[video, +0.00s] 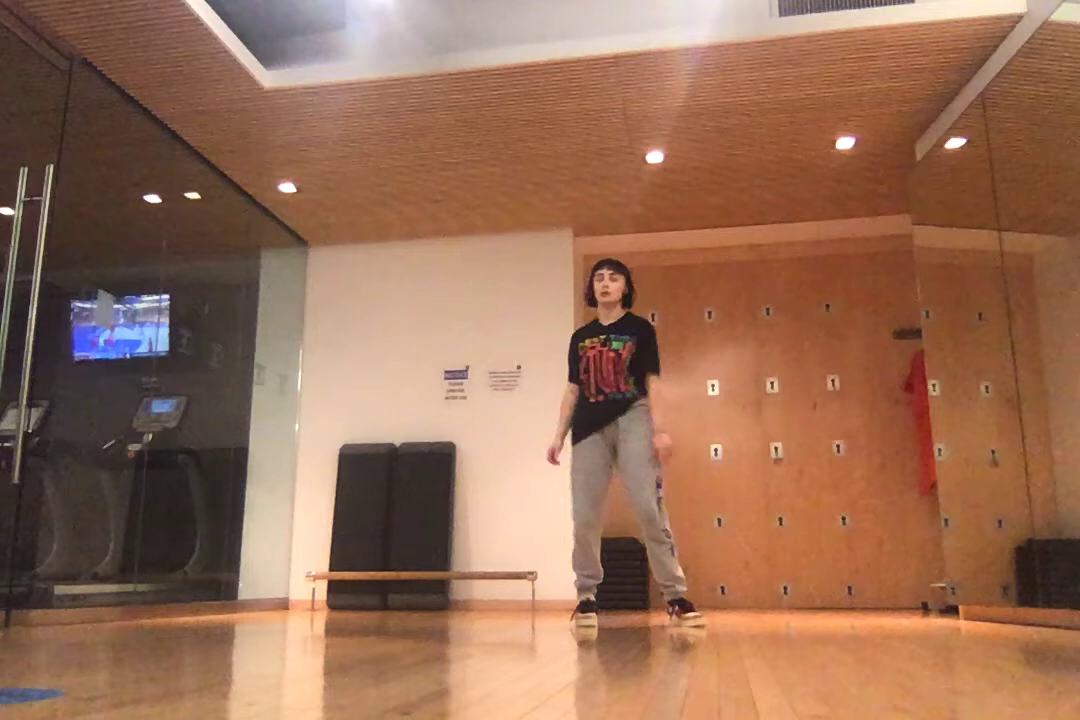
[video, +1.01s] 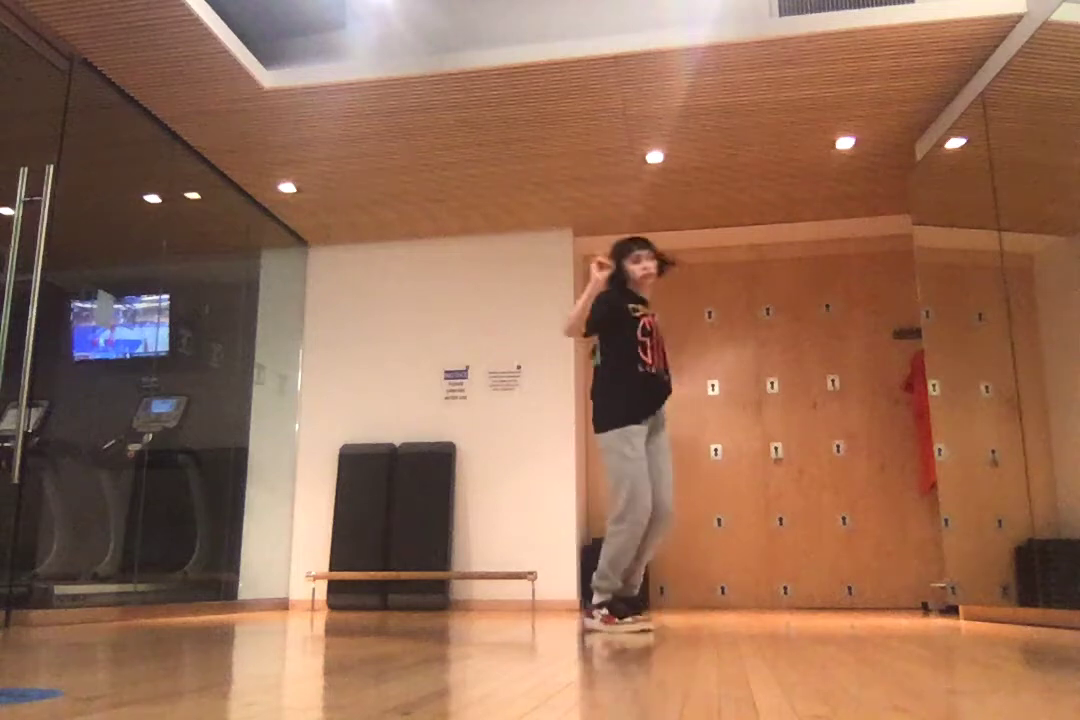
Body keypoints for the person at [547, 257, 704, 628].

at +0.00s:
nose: (606, 284)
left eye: (613, 279)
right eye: (600, 279)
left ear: (626, 287)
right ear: (592, 289)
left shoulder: (641, 328)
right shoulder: (581, 337)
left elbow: (652, 383)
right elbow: (573, 389)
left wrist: (660, 430)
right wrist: (560, 435)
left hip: (632, 419)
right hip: (589, 424)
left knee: (647, 506)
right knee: (584, 514)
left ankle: (676, 596)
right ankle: (587, 595)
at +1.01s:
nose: (646, 267)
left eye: (650, 261)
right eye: (636, 262)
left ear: (657, 268)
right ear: (621, 269)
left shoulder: (644, 306)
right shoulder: (612, 301)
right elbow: (573, 328)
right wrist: (594, 285)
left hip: (652, 414)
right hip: (619, 419)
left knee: (661, 509)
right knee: (634, 506)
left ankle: (624, 596)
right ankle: (599, 603)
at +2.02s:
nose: (615, 262)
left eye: (622, 255)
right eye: (607, 256)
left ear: (633, 263)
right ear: (598, 264)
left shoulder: (634, 306)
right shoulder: (597, 292)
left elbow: (646, 353)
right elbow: (583, 268)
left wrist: (643, 318)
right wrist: (578, 236)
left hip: (631, 412)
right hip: (596, 414)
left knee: (642, 507)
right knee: (619, 507)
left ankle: (649, 591)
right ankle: (608, 598)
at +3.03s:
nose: (584, 311)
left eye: (592, 304)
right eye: (579, 306)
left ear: (608, 309)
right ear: (574, 313)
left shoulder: (619, 356)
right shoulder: (570, 339)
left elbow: (637, 419)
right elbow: (532, 355)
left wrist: (586, 425)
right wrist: (570, 366)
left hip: (617, 449)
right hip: (584, 451)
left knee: (609, 532)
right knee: (530, 507)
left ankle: (662, 598)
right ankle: (561, 585)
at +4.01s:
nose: (563, 317)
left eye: (570, 311)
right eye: (556, 311)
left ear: (580, 319)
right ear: (545, 319)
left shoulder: (589, 355)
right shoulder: (525, 360)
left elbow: (640, 377)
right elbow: (484, 402)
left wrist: (591, 386)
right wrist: (533, 397)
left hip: (588, 455)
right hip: (541, 457)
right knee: (513, 527)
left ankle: (653, 588)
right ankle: (463, 592)